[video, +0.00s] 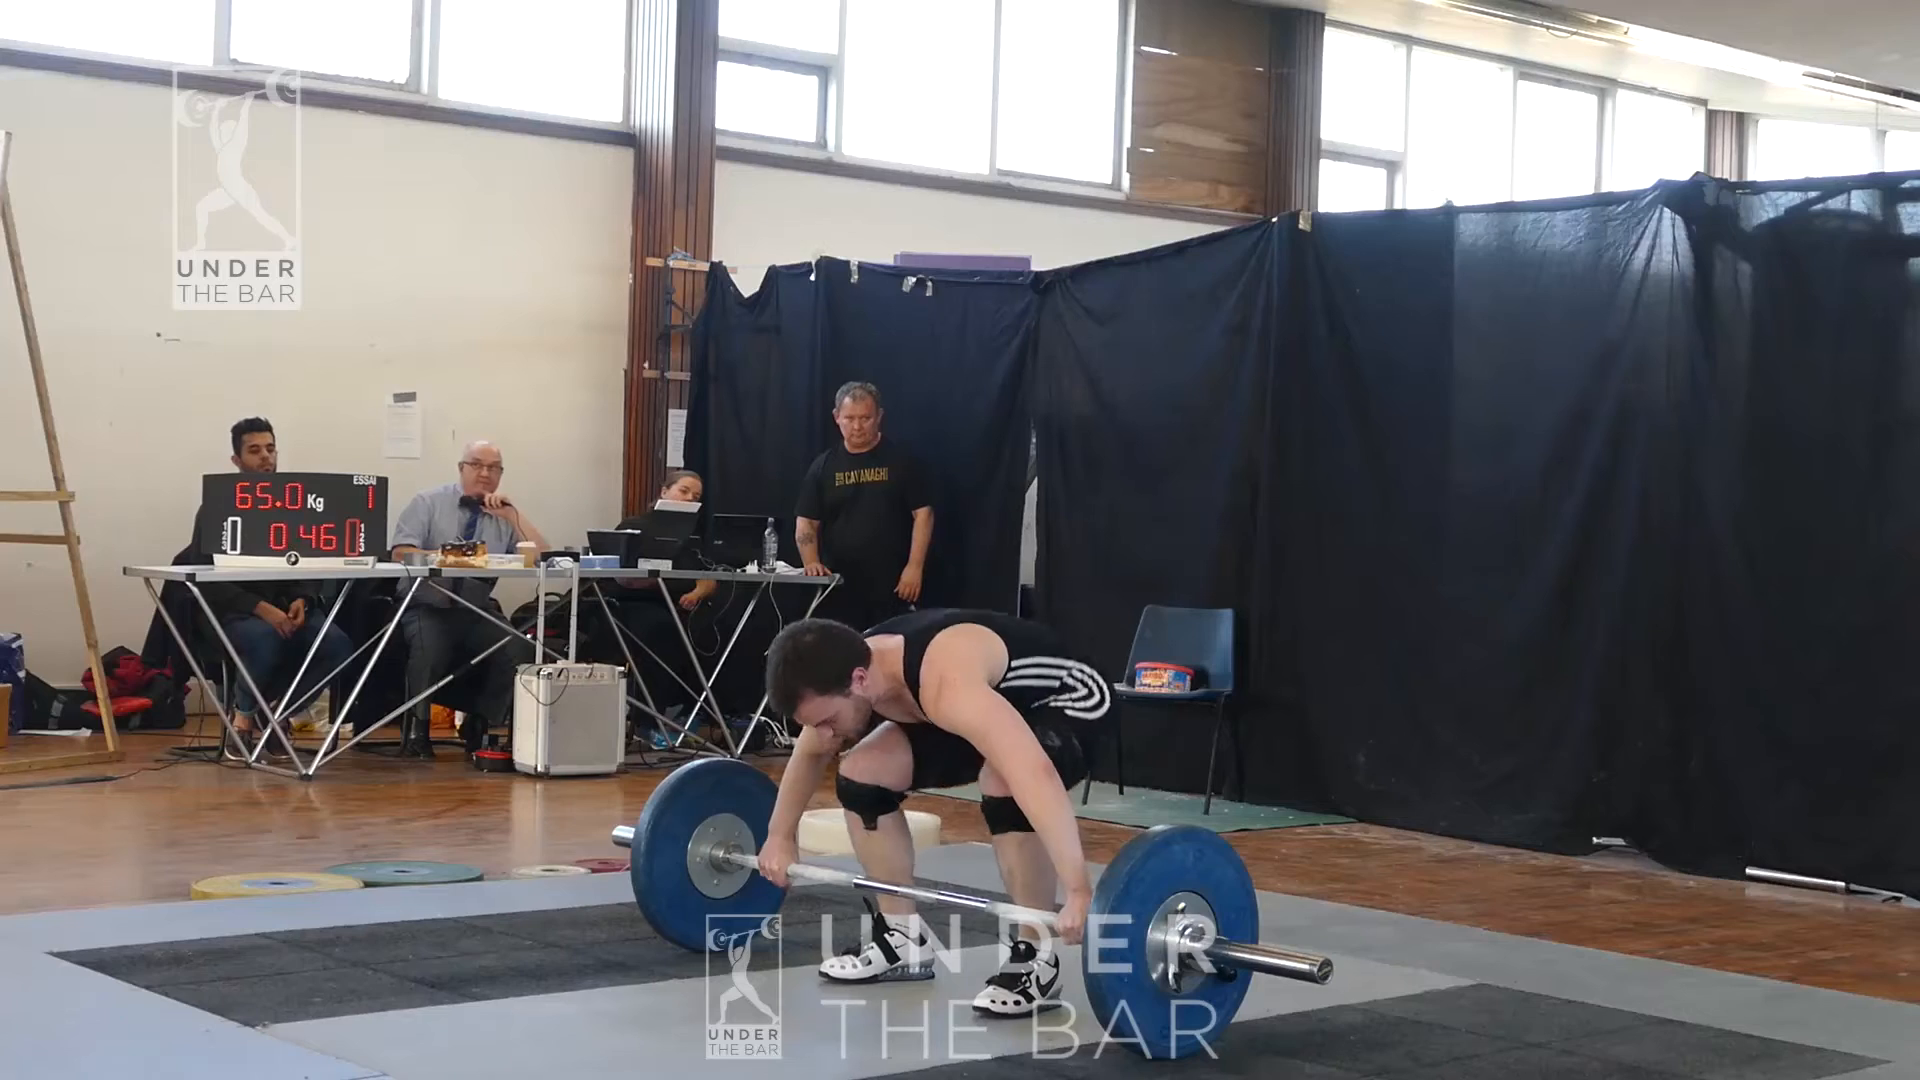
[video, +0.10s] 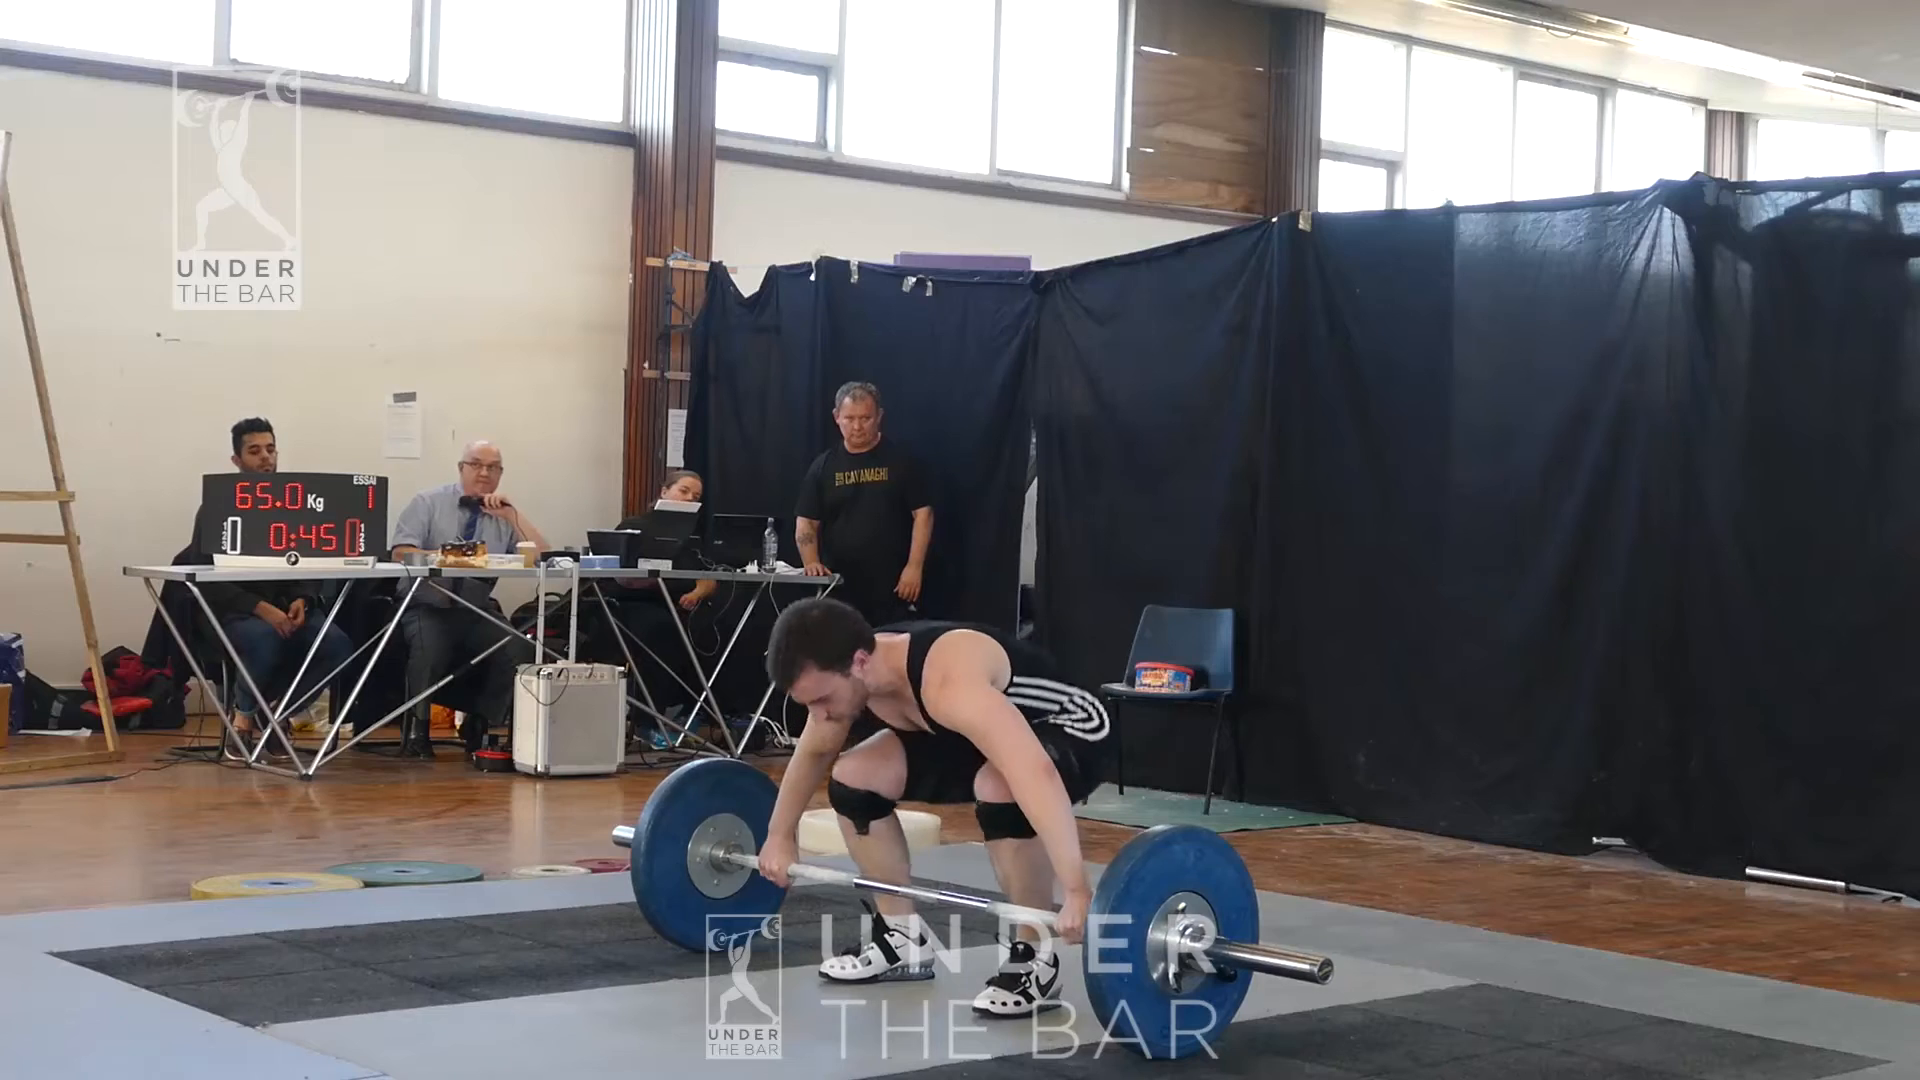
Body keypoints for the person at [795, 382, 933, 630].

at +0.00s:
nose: (857, 426)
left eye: (865, 418)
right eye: (850, 418)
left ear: (879, 418)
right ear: (837, 417)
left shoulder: (902, 461)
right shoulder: (823, 467)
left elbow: (923, 514)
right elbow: (806, 524)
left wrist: (914, 568)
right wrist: (812, 563)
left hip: (890, 583)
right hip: (839, 584)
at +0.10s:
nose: (857, 426)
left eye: (865, 418)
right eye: (850, 418)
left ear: (879, 417)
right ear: (837, 417)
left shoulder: (902, 460)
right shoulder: (823, 467)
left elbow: (923, 514)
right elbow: (806, 523)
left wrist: (914, 567)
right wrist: (811, 562)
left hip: (890, 583)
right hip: (840, 584)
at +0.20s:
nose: (857, 426)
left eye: (865, 418)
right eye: (850, 419)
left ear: (879, 417)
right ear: (837, 417)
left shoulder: (902, 460)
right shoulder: (823, 467)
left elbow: (923, 514)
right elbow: (806, 524)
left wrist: (914, 567)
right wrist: (811, 562)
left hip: (891, 584)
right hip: (840, 585)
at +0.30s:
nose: (857, 427)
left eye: (865, 419)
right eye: (849, 419)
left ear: (879, 418)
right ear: (837, 418)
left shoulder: (901, 460)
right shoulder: (823, 467)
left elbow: (923, 515)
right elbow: (805, 529)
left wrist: (914, 567)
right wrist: (818, 576)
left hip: (891, 577)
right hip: (839, 577)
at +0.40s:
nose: (857, 427)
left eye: (865, 419)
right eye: (849, 419)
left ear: (879, 418)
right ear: (836, 418)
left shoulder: (901, 460)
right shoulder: (823, 467)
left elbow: (923, 514)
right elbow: (805, 528)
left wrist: (914, 569)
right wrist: (817, 575)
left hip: (889, 571)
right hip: (839, 573)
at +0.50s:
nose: (857, 427)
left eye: (865, 419)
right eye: (849, 418)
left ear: (879, 417)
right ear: (837, 417)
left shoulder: (902, 460)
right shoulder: (823, 466)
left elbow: (923, 515)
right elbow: (805, 525)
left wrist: (914, 572)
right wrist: (813, 568)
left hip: (890, 571)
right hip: (839, 571)